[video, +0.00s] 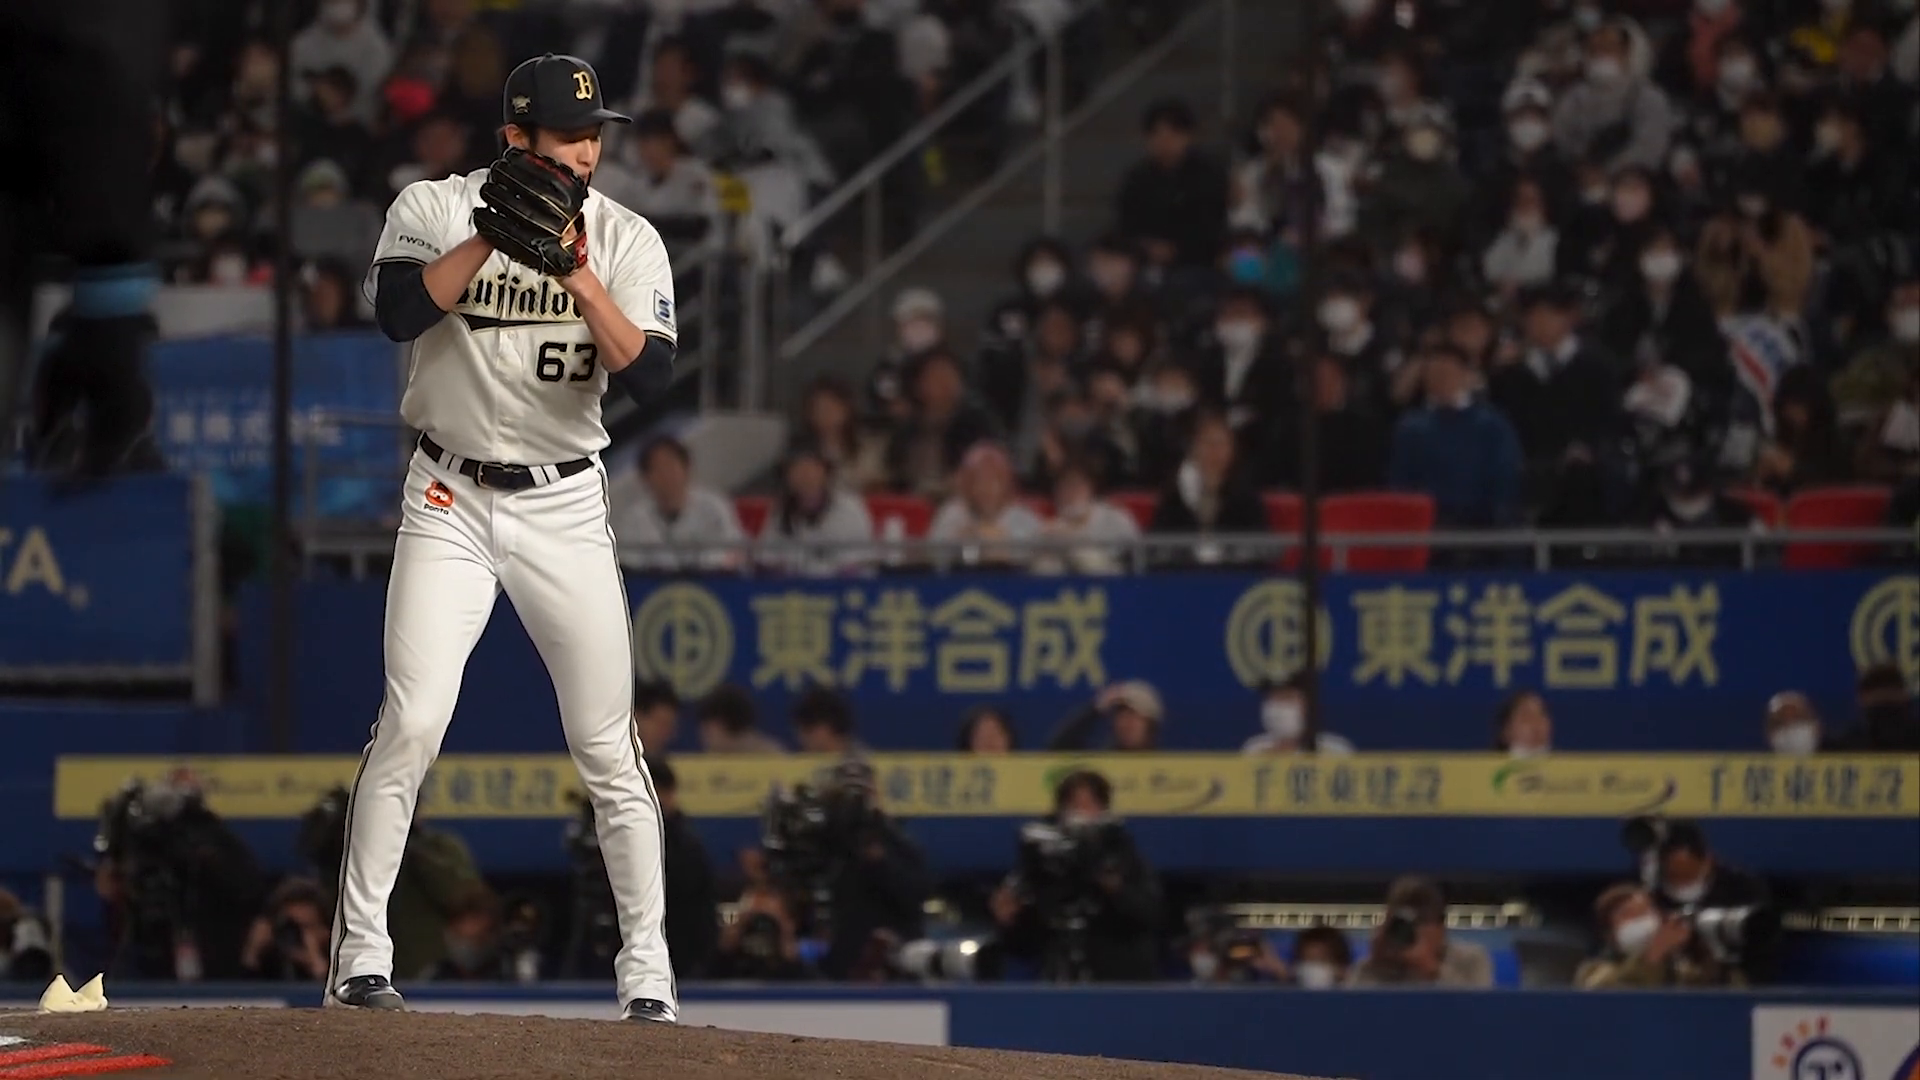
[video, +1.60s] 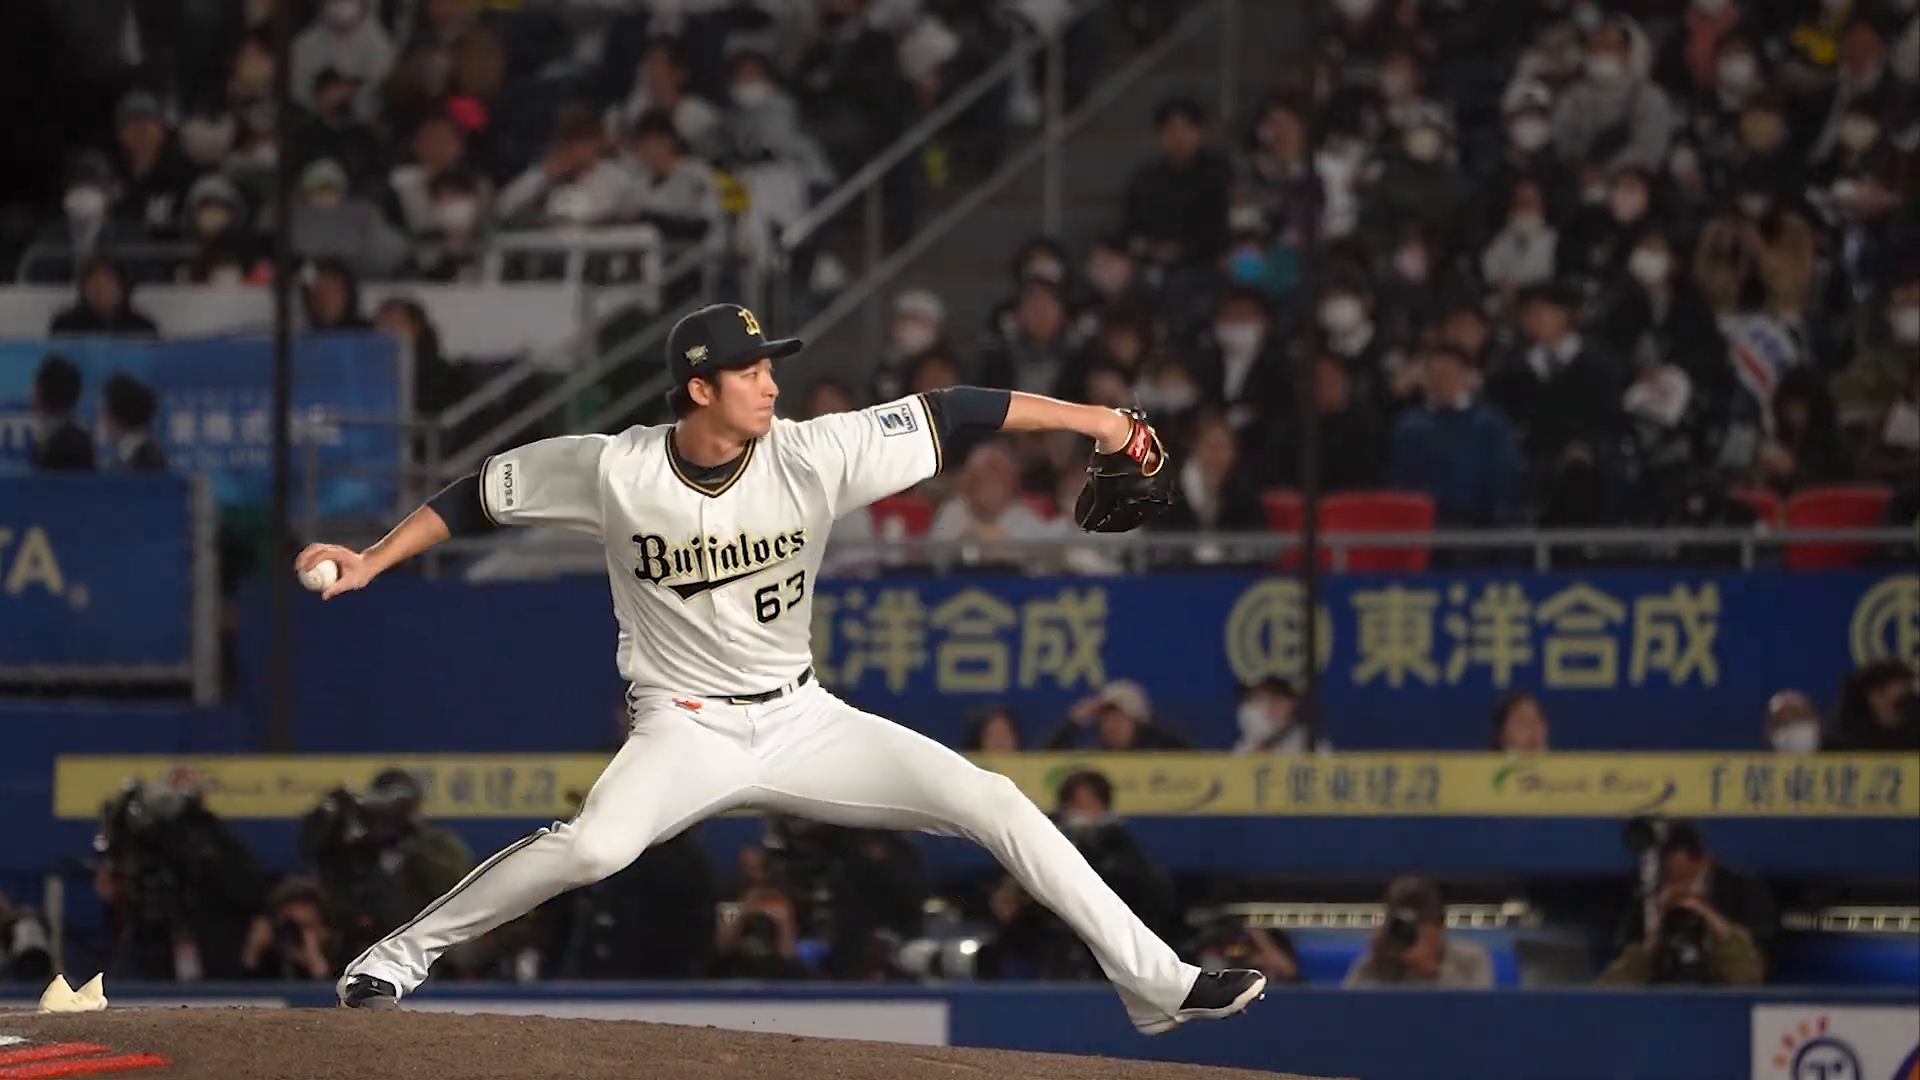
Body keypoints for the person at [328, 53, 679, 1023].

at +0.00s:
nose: (580, 154)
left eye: (591, 137)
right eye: (563, 136)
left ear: (602, 139)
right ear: (514, 131)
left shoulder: (628, 239)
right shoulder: (434, 207)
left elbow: (652, 379)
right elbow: (394, 315)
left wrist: (581, 277)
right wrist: (492, 236)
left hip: (566, 511)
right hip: (448, 500)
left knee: (606, 748)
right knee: (411, 723)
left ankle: (648, 979)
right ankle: (360, 959)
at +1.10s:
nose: (594, 146)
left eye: (596, 130)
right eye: (577, 129)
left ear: (584, 142)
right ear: (520, 137)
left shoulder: (624, 244)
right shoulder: (428, 223)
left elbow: (656, 386)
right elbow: (395, 354)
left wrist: (603, 317)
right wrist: (497, 276)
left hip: (569, 509)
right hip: (449, 503)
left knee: (595, 732)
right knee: (409, 721)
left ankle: (612, 945)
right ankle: (360, 957)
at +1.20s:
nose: (600, 183)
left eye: (600, 168)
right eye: (582, 168)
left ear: (584, 181)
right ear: (526, 180)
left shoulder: (627, 285)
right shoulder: (430, 268)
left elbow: (683, 434)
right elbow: (386, 409)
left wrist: (635, 430)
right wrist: (481, 382)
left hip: (575, 529)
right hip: (458, 529)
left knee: (557, 678)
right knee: (413, 729)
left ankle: (537, 861)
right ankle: (363, 948)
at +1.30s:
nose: (602, 248)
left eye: (602, 232)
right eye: (584, 233)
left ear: (595, 241)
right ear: (530, 245)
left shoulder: (634, 349)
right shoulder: (443, 338)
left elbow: (701, 486)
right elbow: (390, 479)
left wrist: (688, 574)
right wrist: (434, 564)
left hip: (590, 567)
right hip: (474, 570)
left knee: (591, 715)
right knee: (425, 743)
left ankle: (551, 929)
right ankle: (362, 954)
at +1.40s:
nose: (619, 312)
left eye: (618, 295)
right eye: (599, 298)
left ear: (612, 305)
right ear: (546, 312)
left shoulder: (656, 405)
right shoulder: (460, 407)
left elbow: (752, 523)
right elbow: (395, 554)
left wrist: (829, 650)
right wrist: (347, 700)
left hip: (625, 618)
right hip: (505, 629)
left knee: (673, 765)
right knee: (451, 762)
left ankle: (739, 930)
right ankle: (365, 962)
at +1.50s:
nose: (673, 369)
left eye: (673, 353)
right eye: (654, 354)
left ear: (660, 366)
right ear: (594, 367)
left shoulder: (709, 449)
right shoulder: (505, 466)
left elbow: (858, 511)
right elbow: (392, 569)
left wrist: (1006, 548)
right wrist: (275, 662)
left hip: (692, 673)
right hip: (569, 687)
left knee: (815, 789)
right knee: (500, 792)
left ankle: (973, 962)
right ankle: (382, 947)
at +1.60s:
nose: (775, 384)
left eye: (773, 369)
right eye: (757, 371)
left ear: (754, 387)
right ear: (699, 388)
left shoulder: (809, 458)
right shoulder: (609, 471)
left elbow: (950, 416)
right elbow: (479, 493)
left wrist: (1091, 418)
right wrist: (373, 559)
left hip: (806, 719)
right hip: (688, 727)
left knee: (995, 801)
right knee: (591, 847)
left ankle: (1160, 984)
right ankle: (406, 953)